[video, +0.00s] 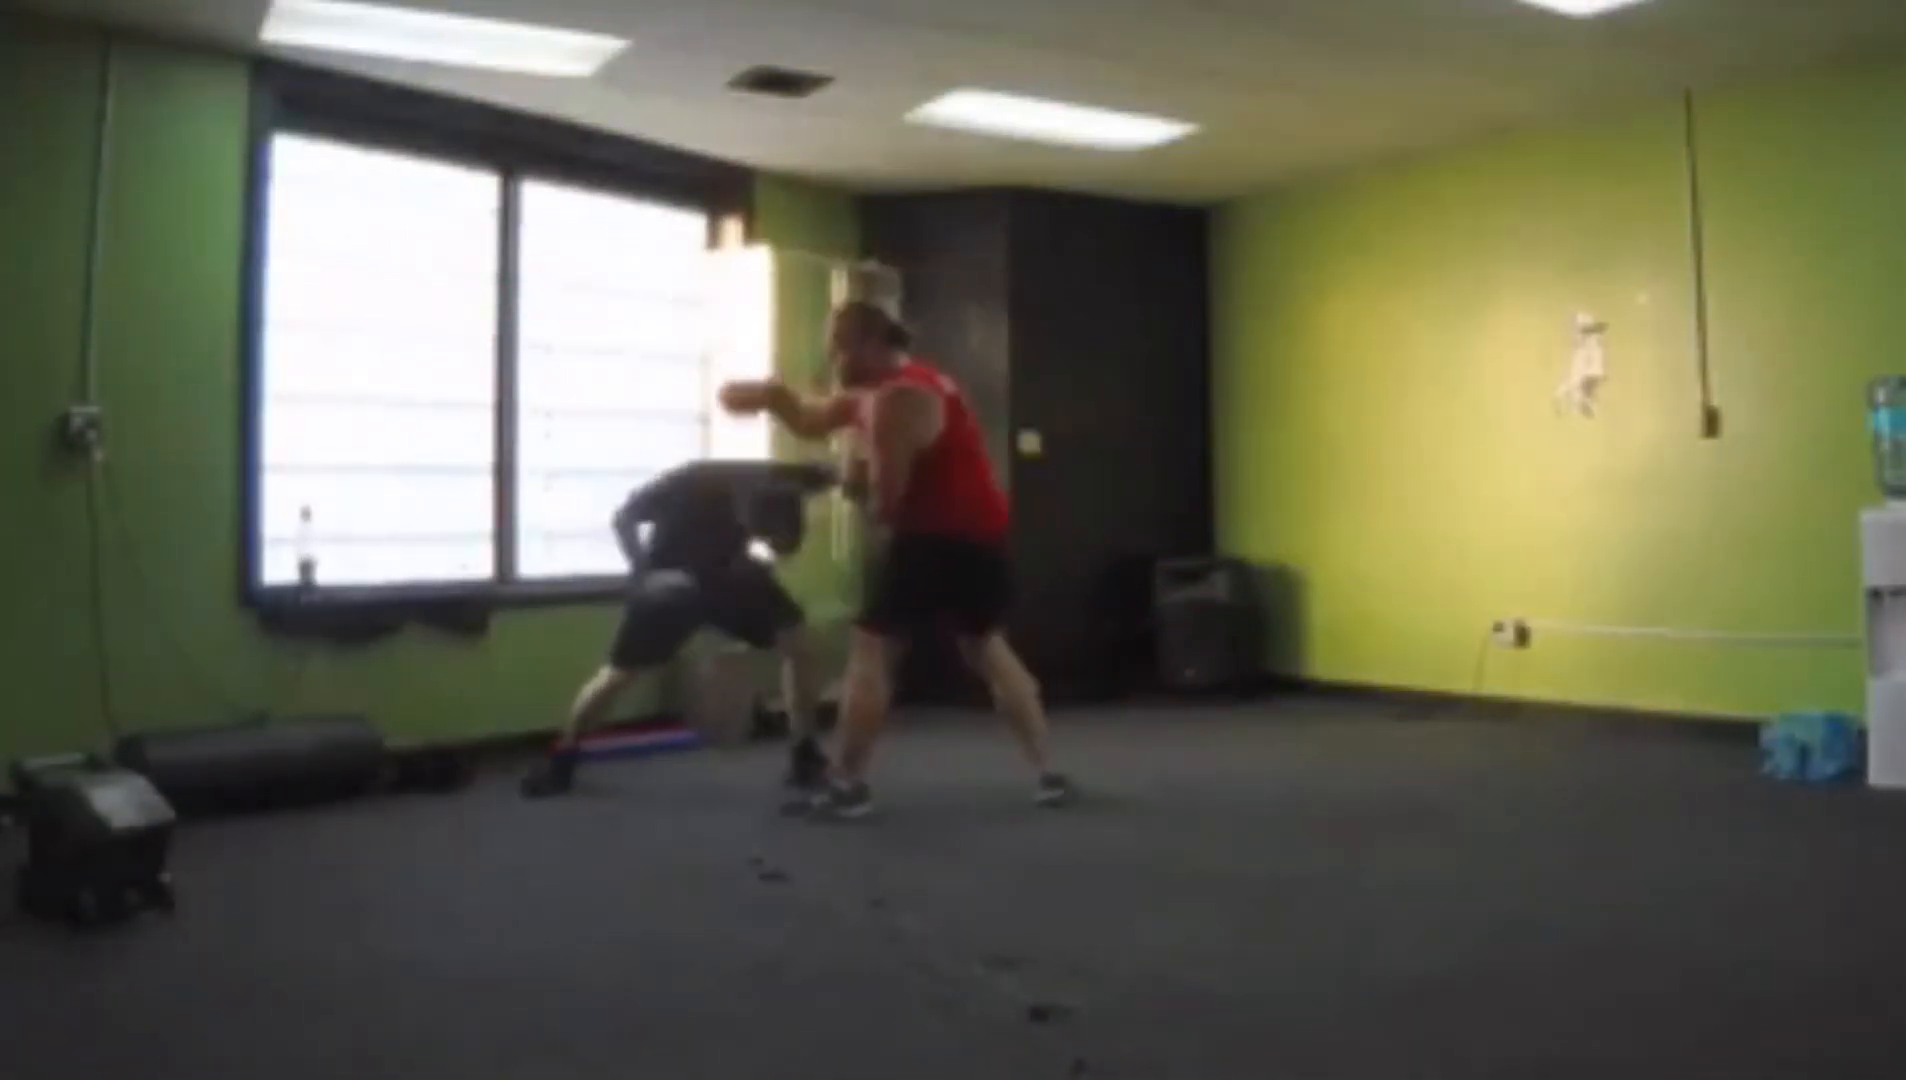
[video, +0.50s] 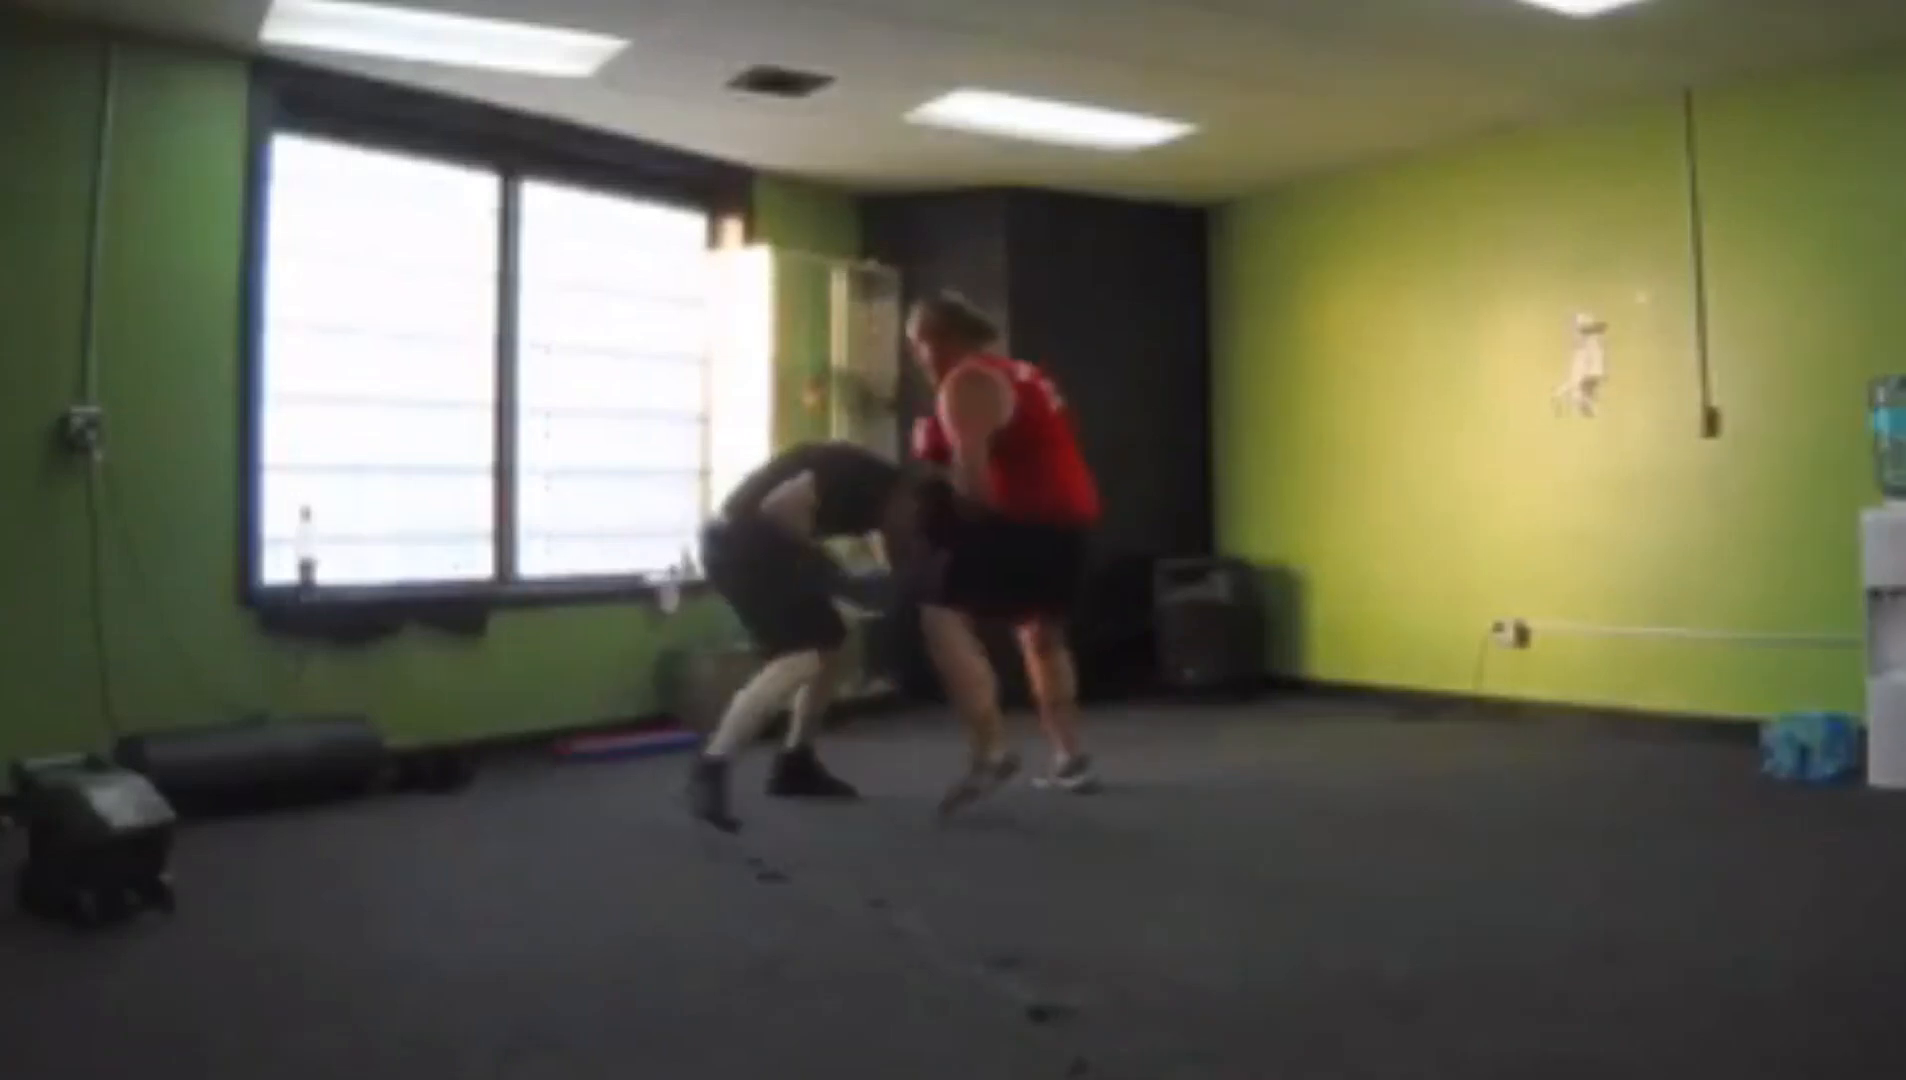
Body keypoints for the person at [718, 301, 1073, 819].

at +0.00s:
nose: (834, 357)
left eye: (841, 344)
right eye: (833, 345)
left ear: (871, 343)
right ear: (876, 342)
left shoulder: (902, 396)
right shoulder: (875, 393)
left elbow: (888, 494)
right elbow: (813, 422)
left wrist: (853, 477)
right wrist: (775, 396)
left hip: (928, 538)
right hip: (972, 536)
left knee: (871, 649)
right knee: (989, 648)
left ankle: (847, 780)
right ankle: (1047, 771)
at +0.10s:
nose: (837, 367)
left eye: (845, 354)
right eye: (835, 355)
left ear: (877, 350)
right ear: (867, 352)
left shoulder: (922, 403)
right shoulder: (860, 402)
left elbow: (908, 496)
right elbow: (815, 433)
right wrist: (777, 473)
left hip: (946, 539)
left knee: (883, 653)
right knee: (996, 645)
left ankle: (849, 780)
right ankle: (1073, 753)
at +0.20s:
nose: (856, 376)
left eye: (863, 364)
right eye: (854, 364)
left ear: (893, 359)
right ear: (877, 362)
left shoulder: (931, 411)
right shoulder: (872, 414)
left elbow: (934, 507)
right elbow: (864, 486)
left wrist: (869, 534)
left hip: (953, 545)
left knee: (876, 648)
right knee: (968, 656)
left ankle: (847, 782)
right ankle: (1068, 741)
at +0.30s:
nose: (877, 376)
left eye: (884, 364)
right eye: (876, 365)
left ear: (912, 361)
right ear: (912, 364)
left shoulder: (955, 412)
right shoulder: (905, 417)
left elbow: (932, 499)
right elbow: (898, 492)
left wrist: (886, 544)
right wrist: (880, 543)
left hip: (977, 559)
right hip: (945, 556)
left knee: (895, 654)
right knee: (980, 664)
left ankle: (853, 781)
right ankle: (1063, 758)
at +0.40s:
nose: (904, 371)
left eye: (910, 359)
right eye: (904, 359)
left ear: (933, 358)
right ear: (955, 353)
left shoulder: (965, 397)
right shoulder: (998, 393)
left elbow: (960, 483)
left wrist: (908, 464)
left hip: (981, 545)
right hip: (1026, 543)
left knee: (928, 651)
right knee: (1010, 656)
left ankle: (883, 775)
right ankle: (1069, 760)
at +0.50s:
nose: (918, 358)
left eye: (919, 346)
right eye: (915, 347)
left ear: (941, 340)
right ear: (974, 334)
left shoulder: (967, 385)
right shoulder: (1021, 373)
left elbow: (972, 486)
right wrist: (948, 450)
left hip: (1024, 530)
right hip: (1066, 528)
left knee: (942, 612)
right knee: (1042, 637)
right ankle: (1070, 758)